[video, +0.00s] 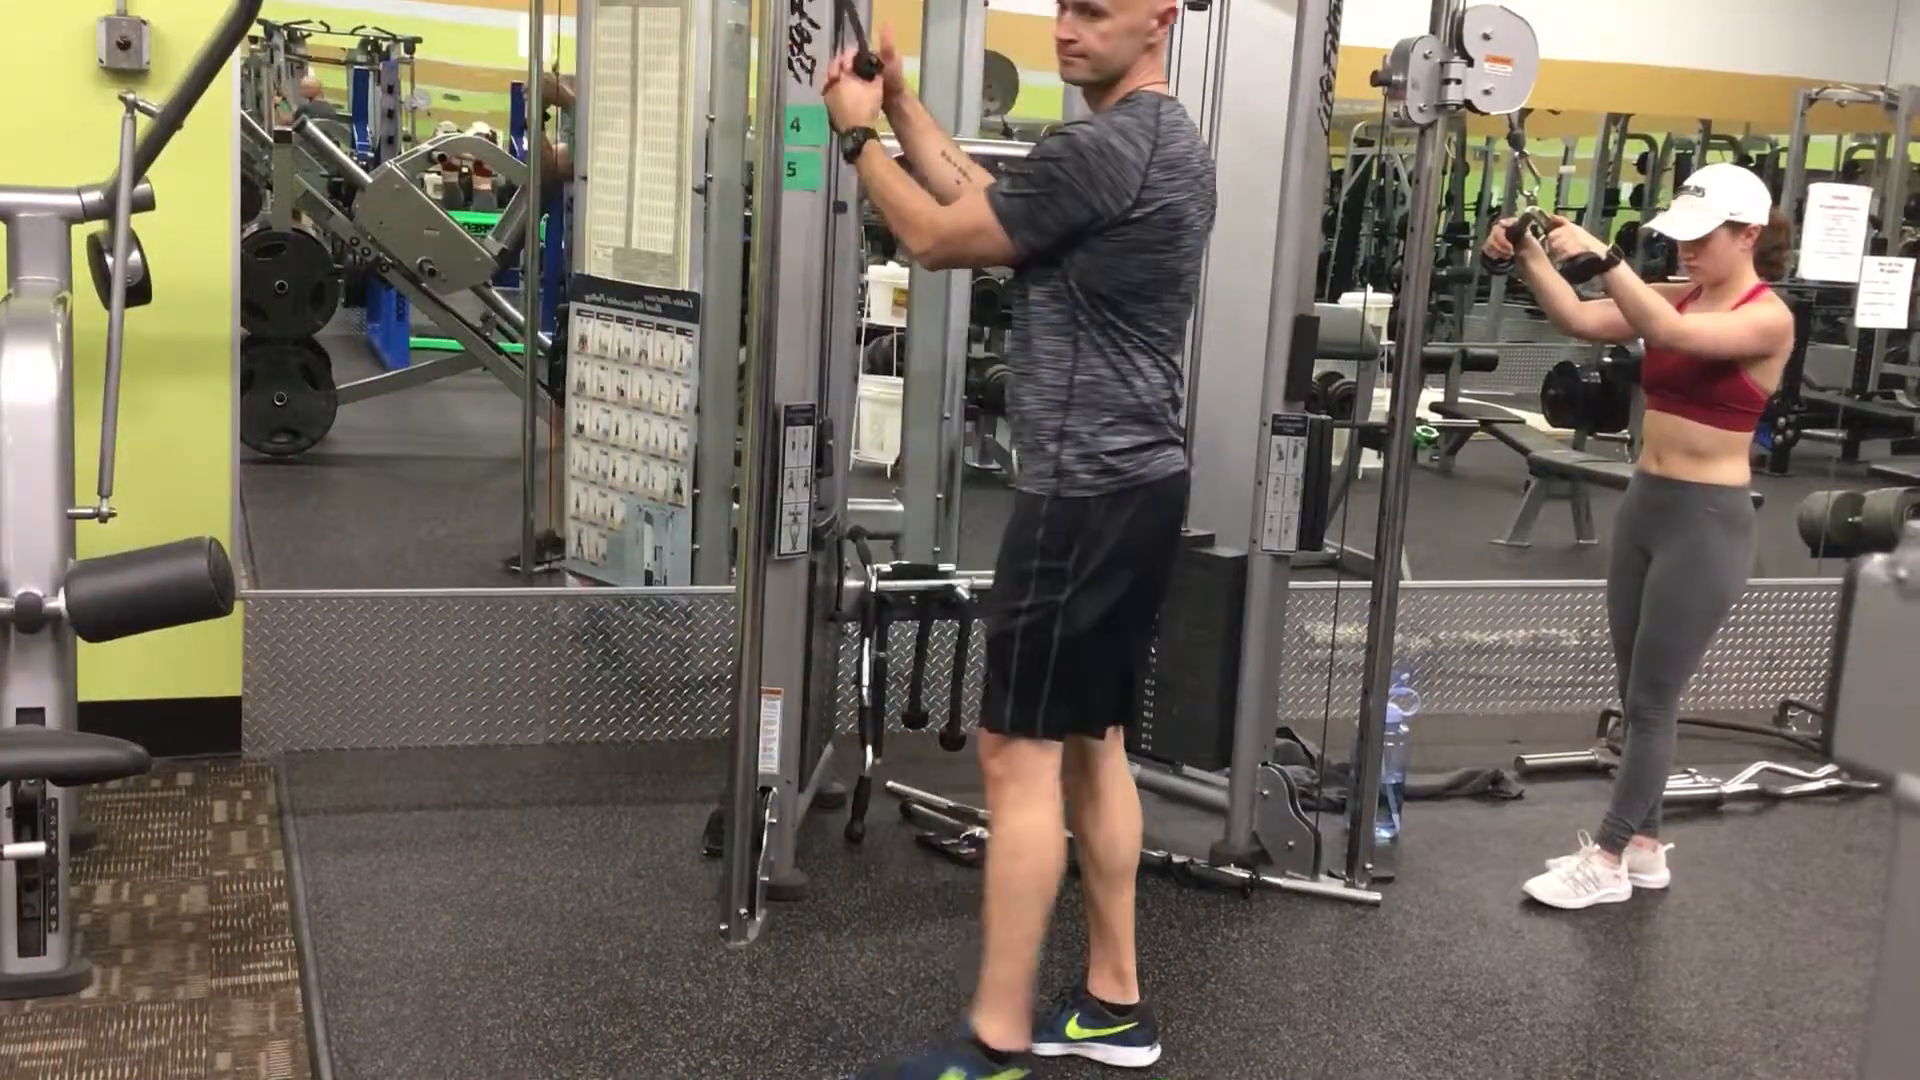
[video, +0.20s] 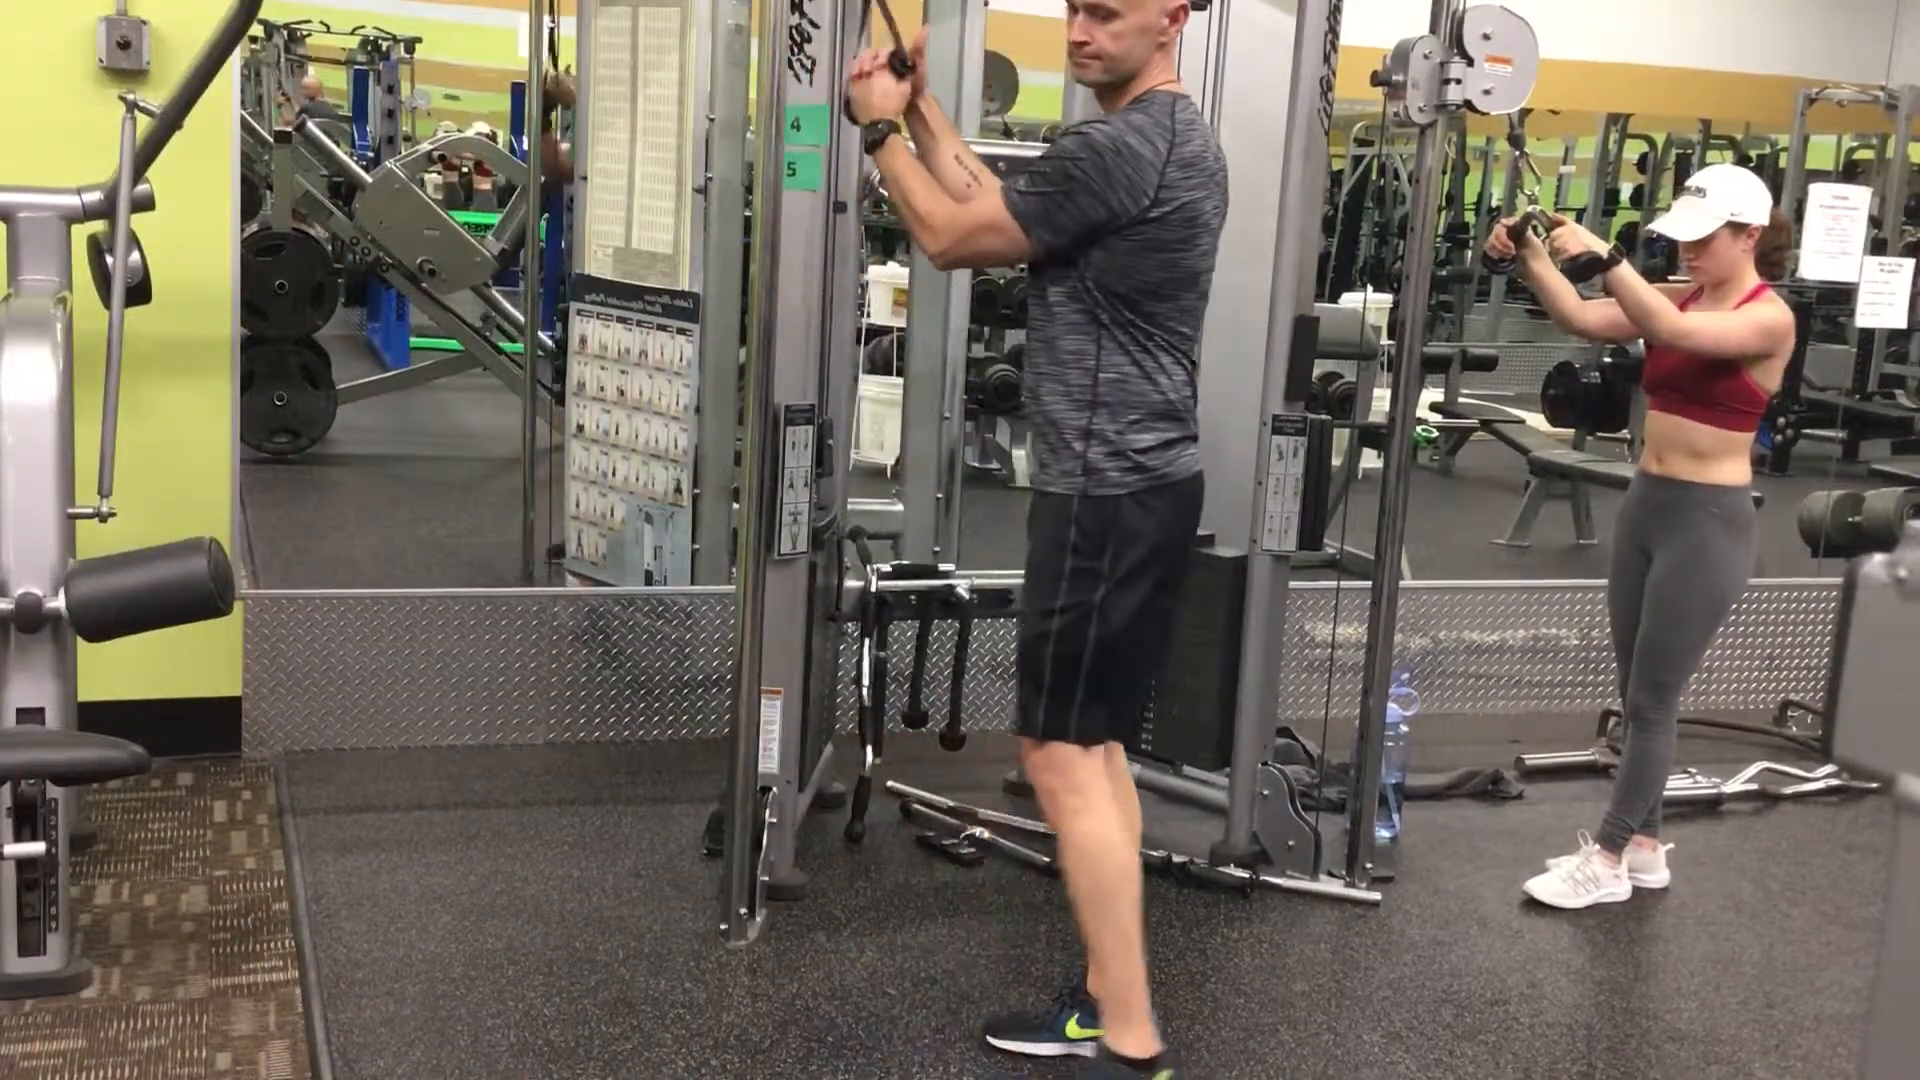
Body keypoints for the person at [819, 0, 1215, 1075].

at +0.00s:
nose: (1066, 23)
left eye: (1094, 10)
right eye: (1063, 6)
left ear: (1161, 21)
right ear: (1062, 13)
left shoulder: (1112, 145)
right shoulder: (1164, 137)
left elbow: (936, 238)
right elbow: (992, 210)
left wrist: (858, 131)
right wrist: (903, 111)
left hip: (1082, 488)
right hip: (1133, 481)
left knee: (1016, 753)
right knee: (1095, 744)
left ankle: (995, 1039)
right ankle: (1112, 1003)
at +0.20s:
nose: (1080, 26)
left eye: (1106, 12)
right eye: (1076, 8)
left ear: (1171, 22)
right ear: (1074, 14)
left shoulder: (1125, 145)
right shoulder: (1171, 135)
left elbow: (949, 237)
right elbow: (1005, 217)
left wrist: (882, 127)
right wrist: (924, 116)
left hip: (1104, 491)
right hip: (1140, 484)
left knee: (1063, 759)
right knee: (1095, 751)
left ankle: (1130, 1036)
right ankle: (1107, 1000)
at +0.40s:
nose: (1078, 37)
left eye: (1103, 19)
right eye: (1073, 19)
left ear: (1171, 22)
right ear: (1073, 23)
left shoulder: (1147, 146)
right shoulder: (1164, 134)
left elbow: (962, 238)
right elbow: (1010, 223)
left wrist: (885, 134)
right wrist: (936, 119)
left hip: (1129, 497)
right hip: (1115, 489)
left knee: (1112, 773)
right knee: (1088, 757)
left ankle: (1178, 1053)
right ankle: (1111, 1005)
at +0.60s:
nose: (1072, 50)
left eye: (1095, 29)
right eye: (1067, 30)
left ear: (1169, 26)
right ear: (1153, 36)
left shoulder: (1137, 158)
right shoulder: (1195, 142)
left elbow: (970, 224)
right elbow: (1026, 216)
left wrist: (900, 123)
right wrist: (949, 111)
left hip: (1143, 512)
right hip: (1134, 504)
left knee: (1124, 792)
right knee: (1095, 773)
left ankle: (1183, 1060)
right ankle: (1111, 1006)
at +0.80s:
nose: (1068, 60)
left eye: (1089, 37)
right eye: (1062, 38)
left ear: (1170, 27)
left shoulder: (1138, 161)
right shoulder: (1218, 142)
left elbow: (989, 204)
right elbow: (1035, 188)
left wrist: (920, 105)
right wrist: (958, 97)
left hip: (1170, 524)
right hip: (1127, 512)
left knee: (1131, 811)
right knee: (1074, 754)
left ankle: (1187, 1070)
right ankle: (1105, 1003)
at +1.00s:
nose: (1052, 67)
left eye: (1070, 43)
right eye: (1043, 45)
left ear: (1153, 26)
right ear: (1146, 33)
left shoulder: (1138, 157)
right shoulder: (1229, 128)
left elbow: (987, 189)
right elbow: (1069, 175)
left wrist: (915, 93)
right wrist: (968, 67)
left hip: (1201, 528)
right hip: (1135, 516)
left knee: (1147, 819)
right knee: (1061, 759)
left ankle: (1189, 1067)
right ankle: (1093, 1017)